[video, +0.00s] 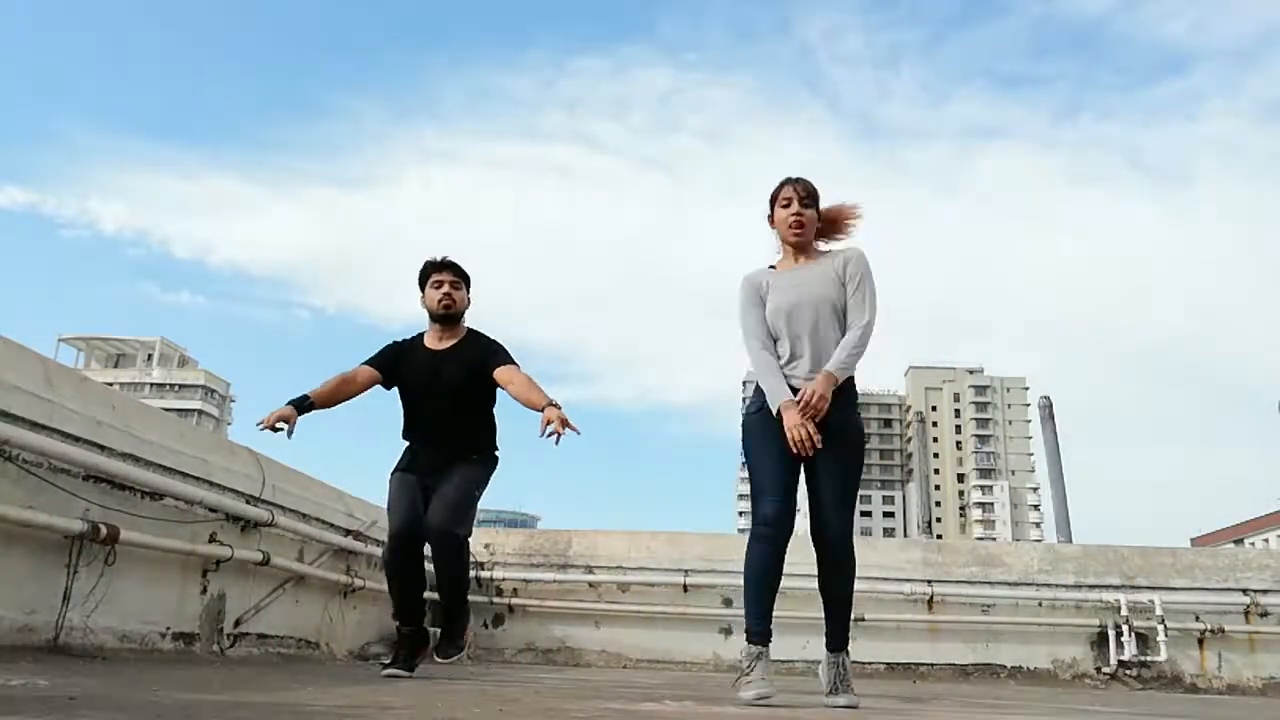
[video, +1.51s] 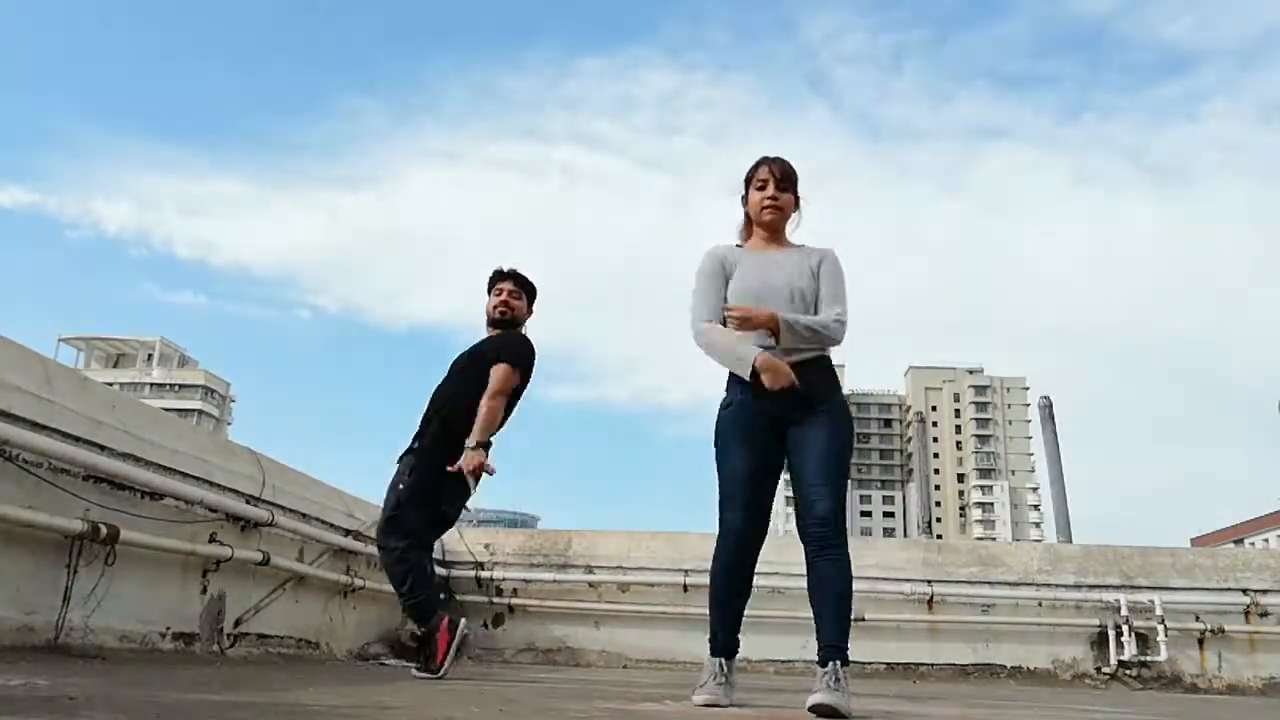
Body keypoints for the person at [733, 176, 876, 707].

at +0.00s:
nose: (796, 212)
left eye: (805, 204)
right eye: (786, 205)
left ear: (818, 217)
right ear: (772, 219)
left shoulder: (849, 261)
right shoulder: (755, 282)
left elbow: (862, 326)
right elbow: (757, 350)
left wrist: (827, 378)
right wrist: (785, 405)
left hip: (834, 404)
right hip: (769, 406)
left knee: (833, 531)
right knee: (772, 520)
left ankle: (837, 660)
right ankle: (756, 655)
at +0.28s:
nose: (780, 216)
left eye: (789, 209)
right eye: (770, 209)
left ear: (801, 223)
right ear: (753, 223)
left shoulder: (828, 269)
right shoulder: (736, 282)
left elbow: (837, 328)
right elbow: (739, 353)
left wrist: (782, 361)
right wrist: (800, 389)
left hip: (824, 409)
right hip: (761, 411)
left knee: (835, 534)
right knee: (770, 532)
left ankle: (830, 653)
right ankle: (768, 662)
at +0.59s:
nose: (802, 203)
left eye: (811, 196)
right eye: (791, 196)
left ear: (824, 210)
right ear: (775, 210)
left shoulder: (844, 278)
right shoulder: (748, 260)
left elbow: (846, 356)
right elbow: (710, 326)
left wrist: (862, 412)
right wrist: (683, 392)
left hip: (810, 402)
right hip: (745, 399)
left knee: (811, 512)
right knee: (756, 529)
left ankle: (818, 653)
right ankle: (763, 661)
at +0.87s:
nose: (808, 192)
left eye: (818, 184)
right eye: (798, 184)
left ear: (835, 198)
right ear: (784, 199)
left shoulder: (861, 265)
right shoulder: (757, 257)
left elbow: (868, 350)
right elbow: (723, 328)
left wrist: (881, 423)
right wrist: (670, 380)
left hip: (818, 397)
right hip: (751, 393)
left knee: (818, 519)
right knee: (751, 531)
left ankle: (826, 668)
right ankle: (764, 659)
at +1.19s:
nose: (786, 171)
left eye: (797, 164)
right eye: (776, 163)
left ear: (814, 179)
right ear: (762, 179)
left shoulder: (844, 229)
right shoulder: (741, 248)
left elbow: (855, 303)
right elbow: (743, 319)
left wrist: (823, 340)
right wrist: (780, 368)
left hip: (838, 383)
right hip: (770, 385)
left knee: (833, 519)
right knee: (742, 514)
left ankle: (832, 668)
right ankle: (733, 646)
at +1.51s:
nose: (772, 193)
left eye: (782, 186)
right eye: (761, 185)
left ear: (795, 202)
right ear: (745, 199)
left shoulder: (821, 259)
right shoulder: (720, 259)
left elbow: (834, 329)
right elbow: (705, 328)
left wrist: (772, 319)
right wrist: (757, 357)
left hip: (817, 402)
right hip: (747, 403)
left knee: (823, 526)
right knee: (739, 530)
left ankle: (833, 671)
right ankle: (719, 666)